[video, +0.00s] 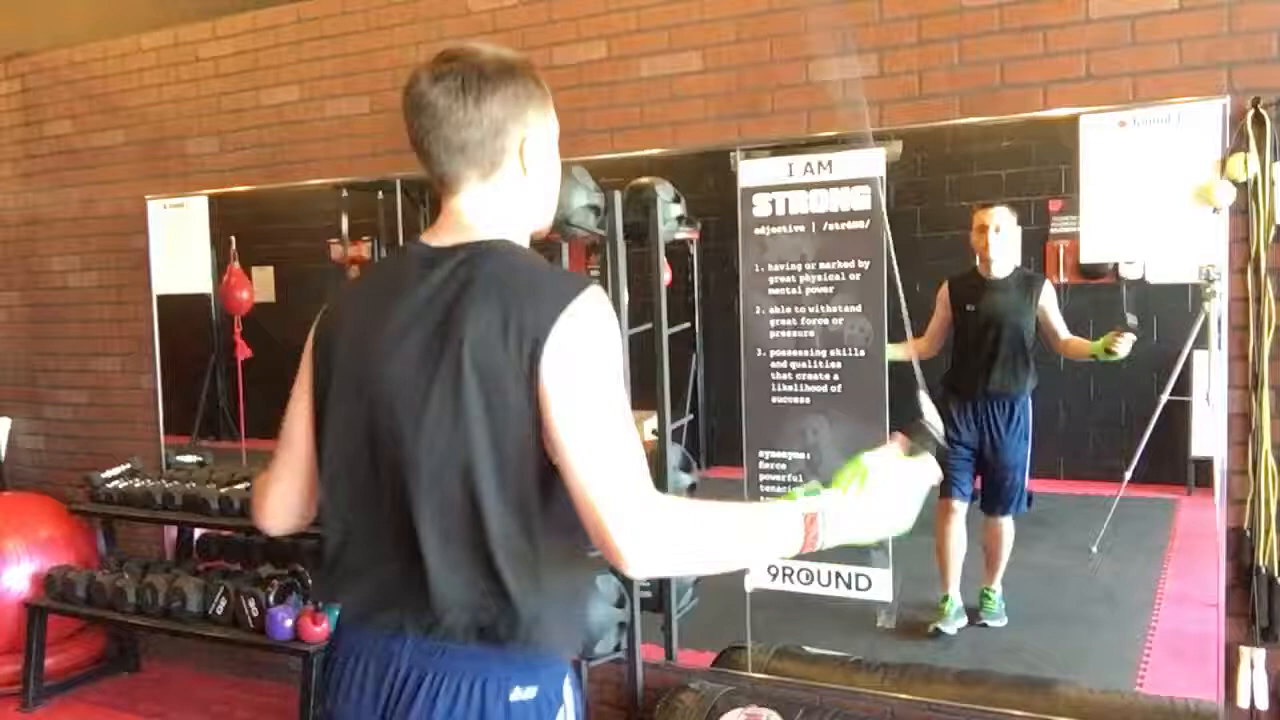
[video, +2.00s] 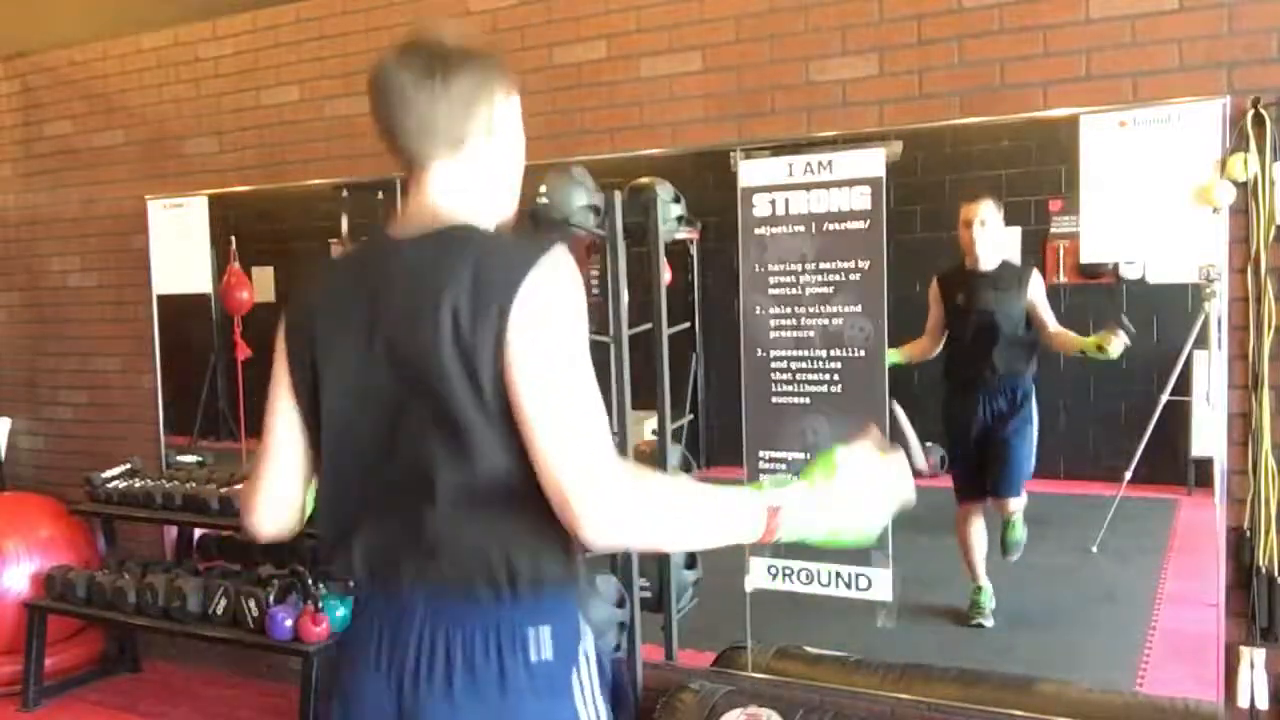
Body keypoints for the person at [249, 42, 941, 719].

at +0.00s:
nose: (560, 167)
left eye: (554, 148)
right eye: (555, 147)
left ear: (426, 160)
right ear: (529, 152)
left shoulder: (345, 311)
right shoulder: (559, 309)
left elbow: (278, 509)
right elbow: (641, 540)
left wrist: (384, 460)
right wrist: (827, 516)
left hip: (358, 665)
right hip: (502, 683)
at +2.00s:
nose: (523, 160)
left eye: (519, 136)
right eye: (518, 135)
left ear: (400, 144)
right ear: (493, 132)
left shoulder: (317, 297)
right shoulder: (525, 272)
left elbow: (267, 513)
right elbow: (601, 508)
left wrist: (365, 437)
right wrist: (789, 511)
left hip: (372, 641)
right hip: (519, 647)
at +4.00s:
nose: (513, 145)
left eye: (506, 121)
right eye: (508, 121)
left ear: (384, 134)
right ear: (487, 122)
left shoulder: (299, 292)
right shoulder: (516, 267)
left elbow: (242, 511)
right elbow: (597, 502)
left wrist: (346, 421)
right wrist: (791, 491)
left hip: (371, 640)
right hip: (518, 642)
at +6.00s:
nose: (557, 137)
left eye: (549, 115)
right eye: (551, 114)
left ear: (417, 127)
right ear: (525, 117)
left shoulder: (325, 279)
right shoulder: (556, 267)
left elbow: (261, 506)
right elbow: (627, 506)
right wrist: (829, 529)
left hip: (381, 644)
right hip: (533, 647)